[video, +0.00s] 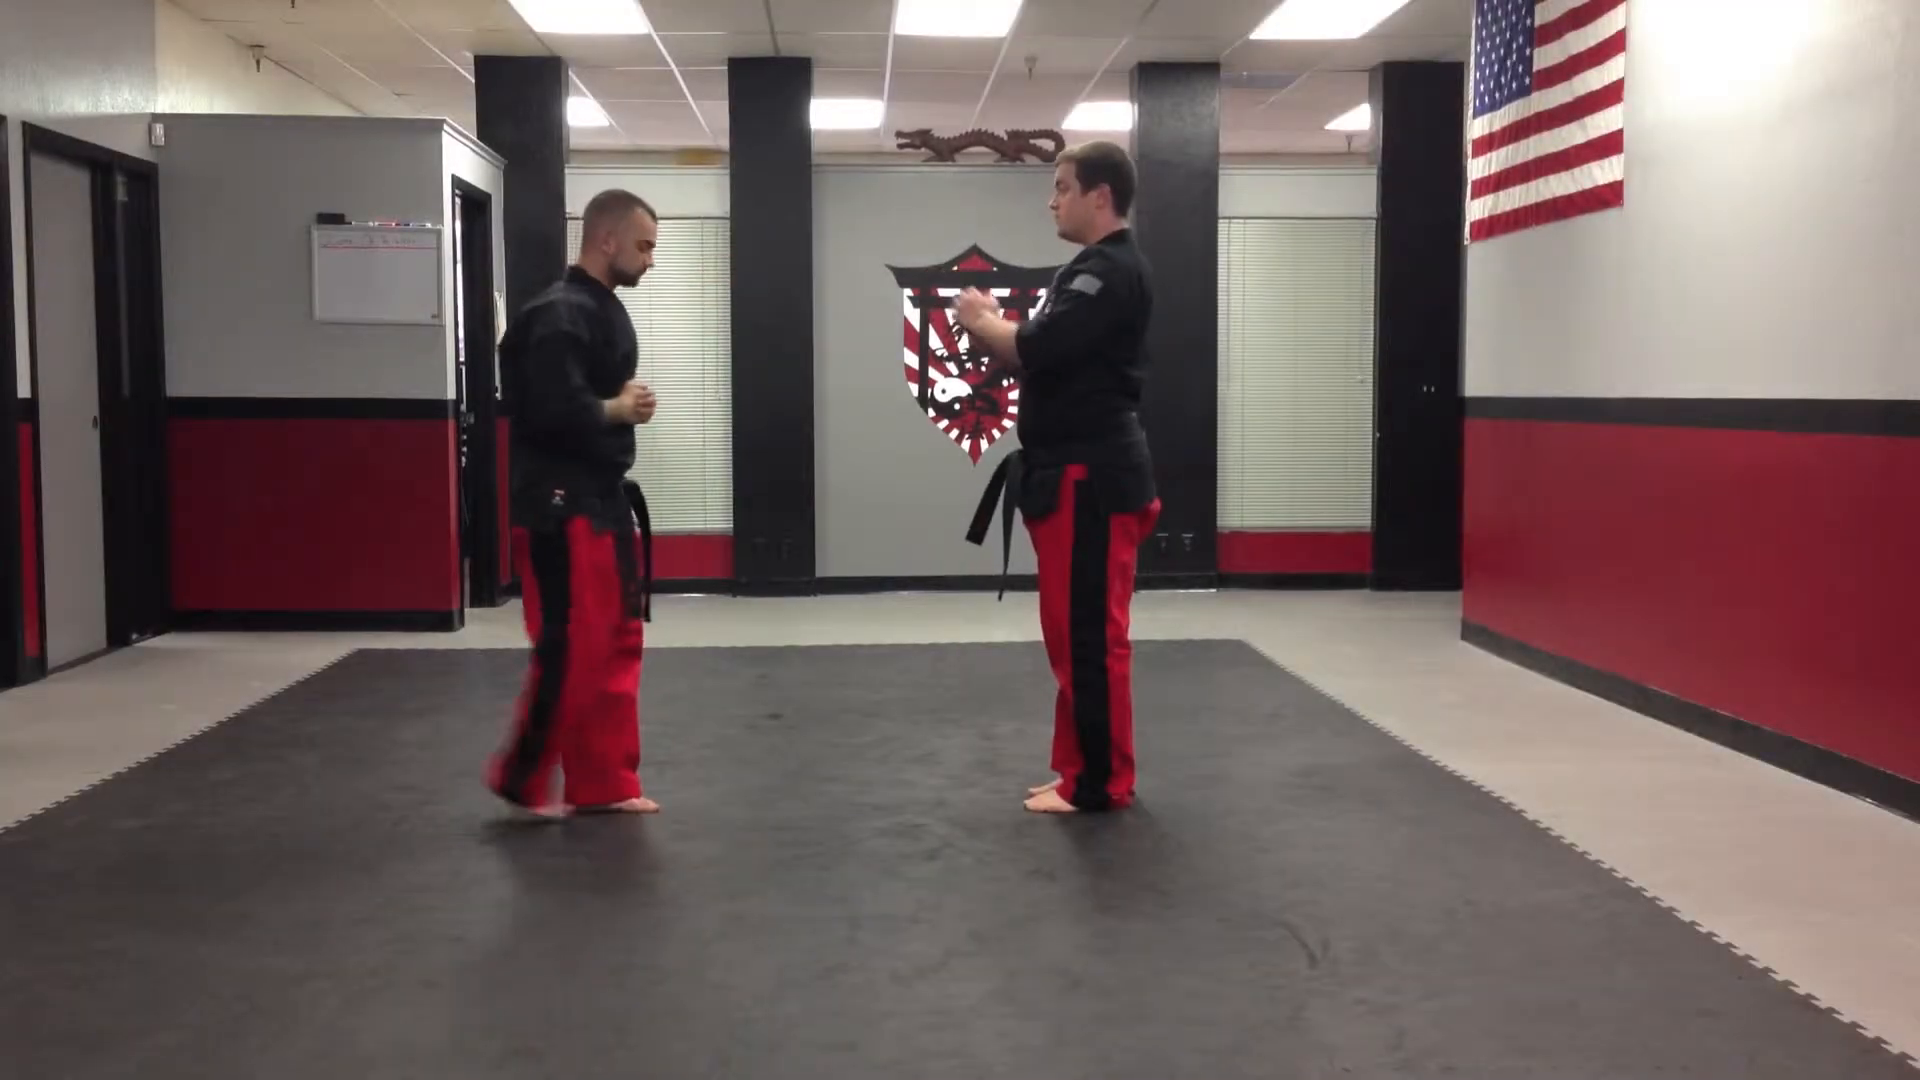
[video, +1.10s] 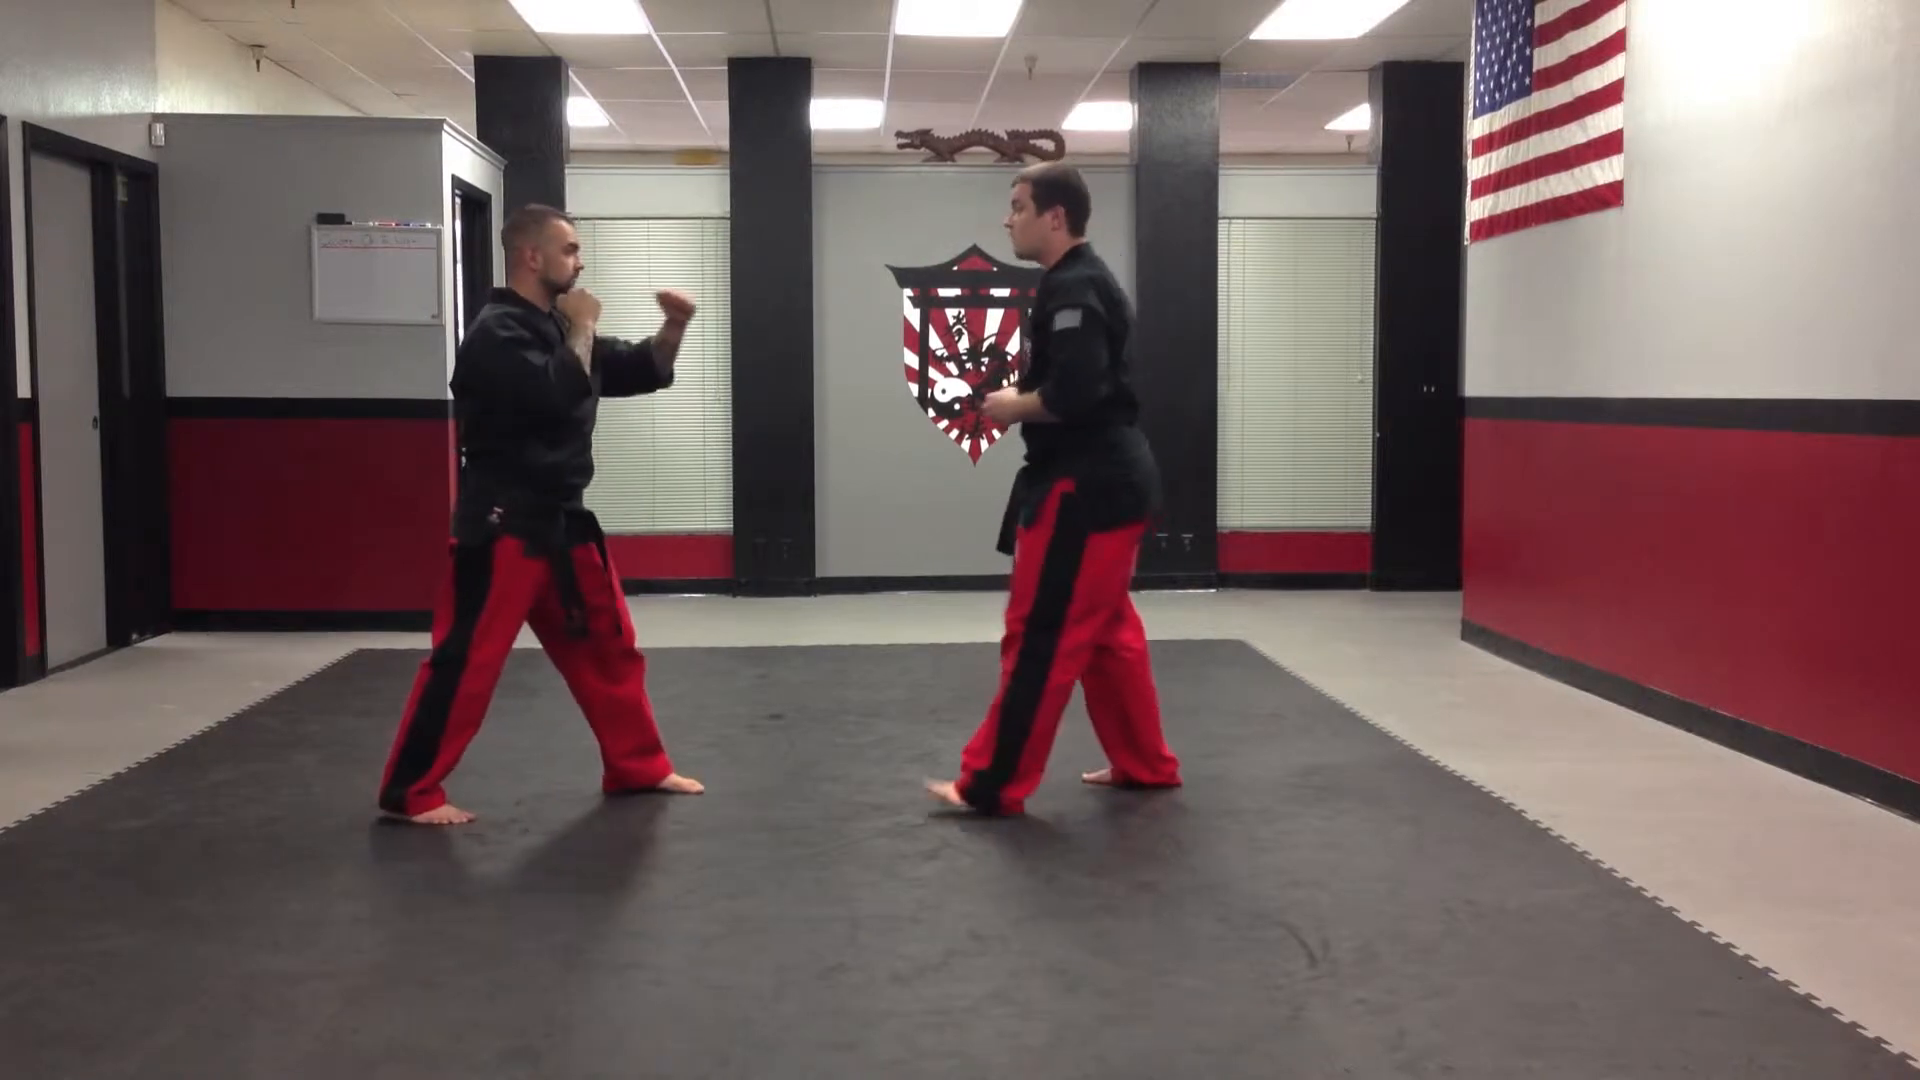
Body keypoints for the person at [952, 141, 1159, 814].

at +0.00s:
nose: (1053, 203)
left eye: (1062, 190)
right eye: (1054, 190)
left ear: (1099, 196)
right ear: (1103, 198)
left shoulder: (1106, 268)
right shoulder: (1095, 266)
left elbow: (1038, 350)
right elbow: (1042, 348)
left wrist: (983, 322)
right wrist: (992, 328)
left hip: (1092, 474)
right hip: (1076, 471)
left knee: (1087, 634)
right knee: (1079, 632)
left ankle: (1095, 785)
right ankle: (1087, 775)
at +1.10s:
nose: (1008, 221)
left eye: (1019, 210)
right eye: (1011, 209)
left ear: (1057, 218)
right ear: (1058, 219)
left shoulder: (1074, 287)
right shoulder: (1076, 279)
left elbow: (1077, 393)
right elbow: (1071, 383)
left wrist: (1015, 405)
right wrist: (1018, 396)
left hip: (1083, 486)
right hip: (1105, 479)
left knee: (1039, 635)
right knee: (1105, 627)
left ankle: (992, 783)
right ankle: (1144, 762)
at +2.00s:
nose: (1019, 239)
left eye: (1025, 227)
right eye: (1021, 226)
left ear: (1057, 233)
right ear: (1083, 237)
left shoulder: (1027, 300)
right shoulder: (1127, 309)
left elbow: (928, 341)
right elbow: (1106, 393)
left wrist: (842, 333)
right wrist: (1011, 397)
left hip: (1051, 503)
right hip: (1126, 500)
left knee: (982, 638)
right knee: (1141, 632)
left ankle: (983, 793)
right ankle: (1213, 761)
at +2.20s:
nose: (1055, 243)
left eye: (1062, 231)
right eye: (1057, 231)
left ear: (1093, 234)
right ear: (1120, 236)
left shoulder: (1069, 296)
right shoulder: (1180, 304)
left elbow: (977, 329)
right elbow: (1195, 406)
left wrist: (957, 263)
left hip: (1096, 504)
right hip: (1177, 502)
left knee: (1026, 644)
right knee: (1190, 639)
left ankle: (1003, 788)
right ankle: (1231, 776)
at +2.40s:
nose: (1068, 258)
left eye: (1073, 245)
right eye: (1068, 245)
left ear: (1105, 245)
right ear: (1132, 248)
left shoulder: (1095, 314)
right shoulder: (1199, 312)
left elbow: (1062, 401)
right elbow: (1239, 405)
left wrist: (1007, 369)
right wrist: (1171, 386)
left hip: (1106, 512)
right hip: (1189, 512)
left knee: (1044, 636)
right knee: (1195, 643)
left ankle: (1036, 774)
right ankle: (1232, 776)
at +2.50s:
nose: (1058, 261)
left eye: (1065, 248)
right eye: (1060, 249)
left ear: (1097, 250)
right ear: (1118, 253)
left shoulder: (1084, 318)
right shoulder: (1190, 316)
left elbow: (1033, 402)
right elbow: (1231, 407)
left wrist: (996, 374)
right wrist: (1168, 392)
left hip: (1104, 515)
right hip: (1188, 514)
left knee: (1044, 643)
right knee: (1196, 644)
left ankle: (1014, 776)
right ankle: (1234, 776)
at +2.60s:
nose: (1044, 263)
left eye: (1049, 251)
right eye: (1045, 251)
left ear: (1078, 254)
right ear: (1106, 256)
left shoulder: (1060, 316)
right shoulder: (1169, 317)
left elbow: (985, 372)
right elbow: (1214, 407)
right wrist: (1148, 415)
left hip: (1089, 516)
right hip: (1170, 511)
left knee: (1034, 644)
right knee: (1197, 643)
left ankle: (1008, 777)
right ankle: (1237, 776)